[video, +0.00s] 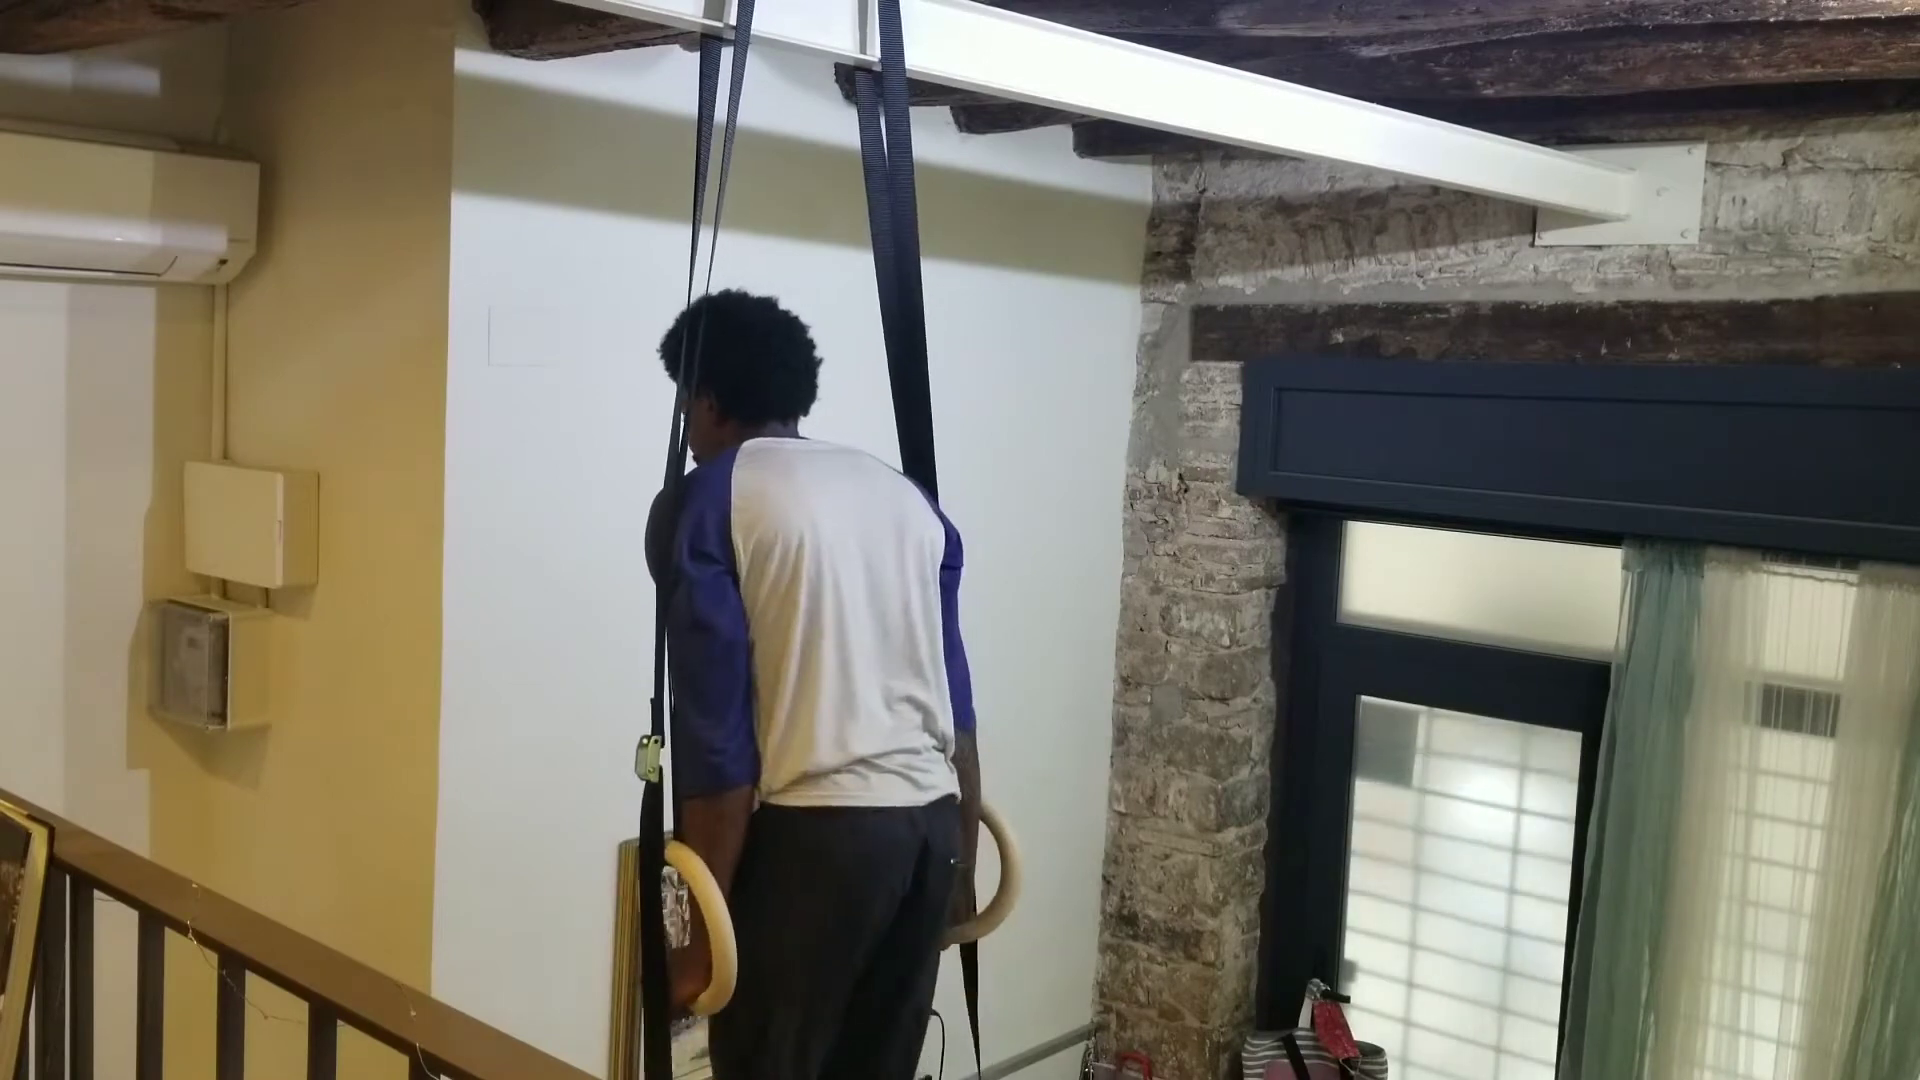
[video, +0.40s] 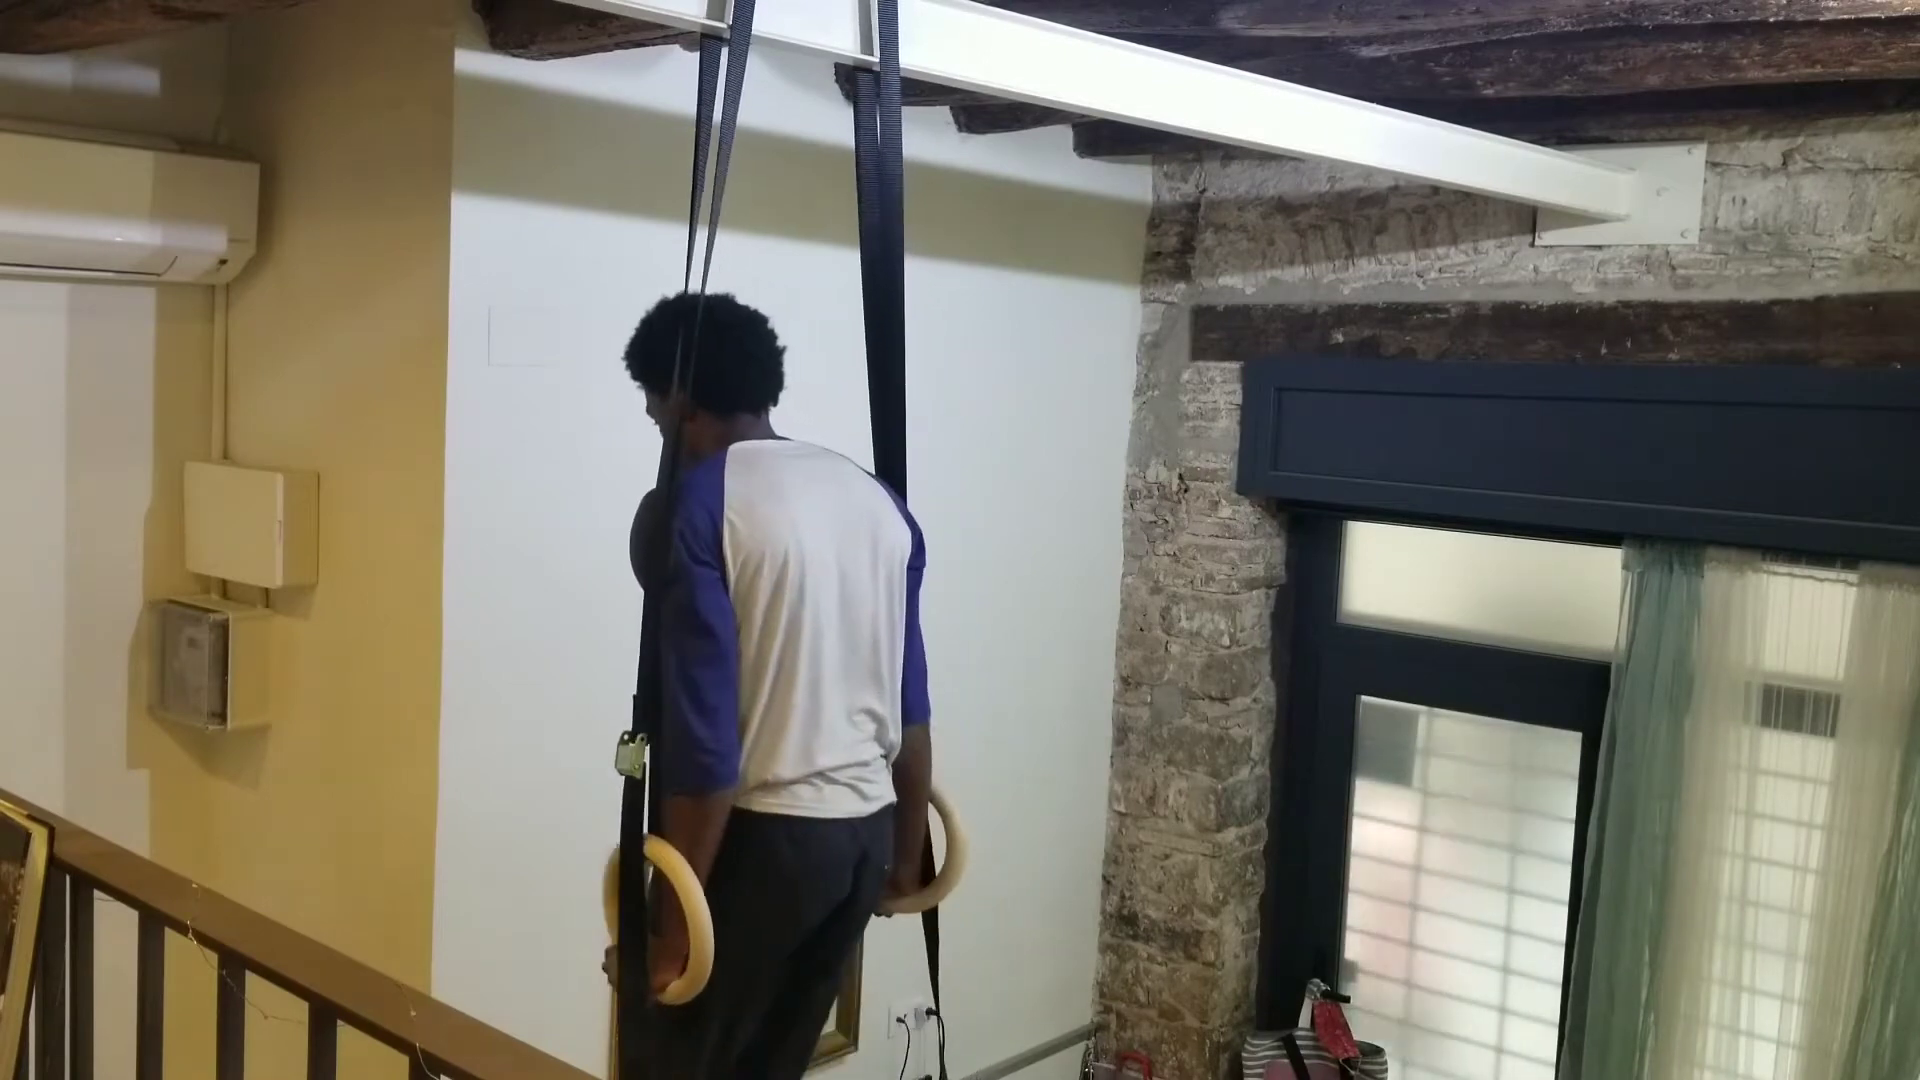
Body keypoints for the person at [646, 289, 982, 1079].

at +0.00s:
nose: (684, 420)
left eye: (685, 396)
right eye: (682, 397)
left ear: (709, 399)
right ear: (794, 394)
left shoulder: (711, 497)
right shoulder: (908, 497)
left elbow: (717, 742)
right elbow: (956, 708)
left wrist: (690, 934)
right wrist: (960, 871)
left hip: (809, 851)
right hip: (928, 850)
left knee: (771, 1061)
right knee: (879, 1068)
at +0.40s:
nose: (655, 422)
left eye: (652, 401)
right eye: (649, 403)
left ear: (681, 395)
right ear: (759, 386)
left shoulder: (697, 498)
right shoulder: (878, 499)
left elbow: (704, 727)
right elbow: (910, 700)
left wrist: (669, 907)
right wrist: (908, 853)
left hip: (752, 851)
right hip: (859, 847)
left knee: (680, 1060)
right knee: (774, 1063)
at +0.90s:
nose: (630, 404)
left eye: (631, 383)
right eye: (629, 383)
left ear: (656, 376)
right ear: (738, 377)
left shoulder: (659, 480)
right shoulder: (845, 477)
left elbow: (648, 695)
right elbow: (849, 654)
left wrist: (603, 878)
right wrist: (855, 821)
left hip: (721, 810)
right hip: (829, 817)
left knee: (614, 1046)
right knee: (697, 1051)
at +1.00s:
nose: (631, 399)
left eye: (633, 378)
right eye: (631, 378)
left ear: (657, 375)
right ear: (741, 376)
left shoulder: (657, 478)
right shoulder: (845, 472)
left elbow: (643, 694)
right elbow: (859, 637)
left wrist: (600, 867)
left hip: (726, 800)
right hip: (837, 805)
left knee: (621, 1035)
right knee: (702, 1042)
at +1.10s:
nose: (637, 400)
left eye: (639, 380)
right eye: (637, 380)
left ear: (661, 378)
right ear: (748, 378)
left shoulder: (658, 485)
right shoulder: (851, 477)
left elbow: (649, 706)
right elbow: (869, 652)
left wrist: (609, 895)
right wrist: (868, 823)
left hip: (735, 806)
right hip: (845, 813)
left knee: (627, 1038)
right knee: (708, 1045)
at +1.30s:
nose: (648, 409)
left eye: (648, 390)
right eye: (645, 390)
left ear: (670, 383)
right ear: (758, 381)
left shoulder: (670, 486)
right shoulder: (863, 477)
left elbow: (666, 715)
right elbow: (886, 652)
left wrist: (628, 918)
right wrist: (890, 839)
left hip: (763, 803)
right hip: (873, 807)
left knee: (653, 1042)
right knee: (736, 1047)